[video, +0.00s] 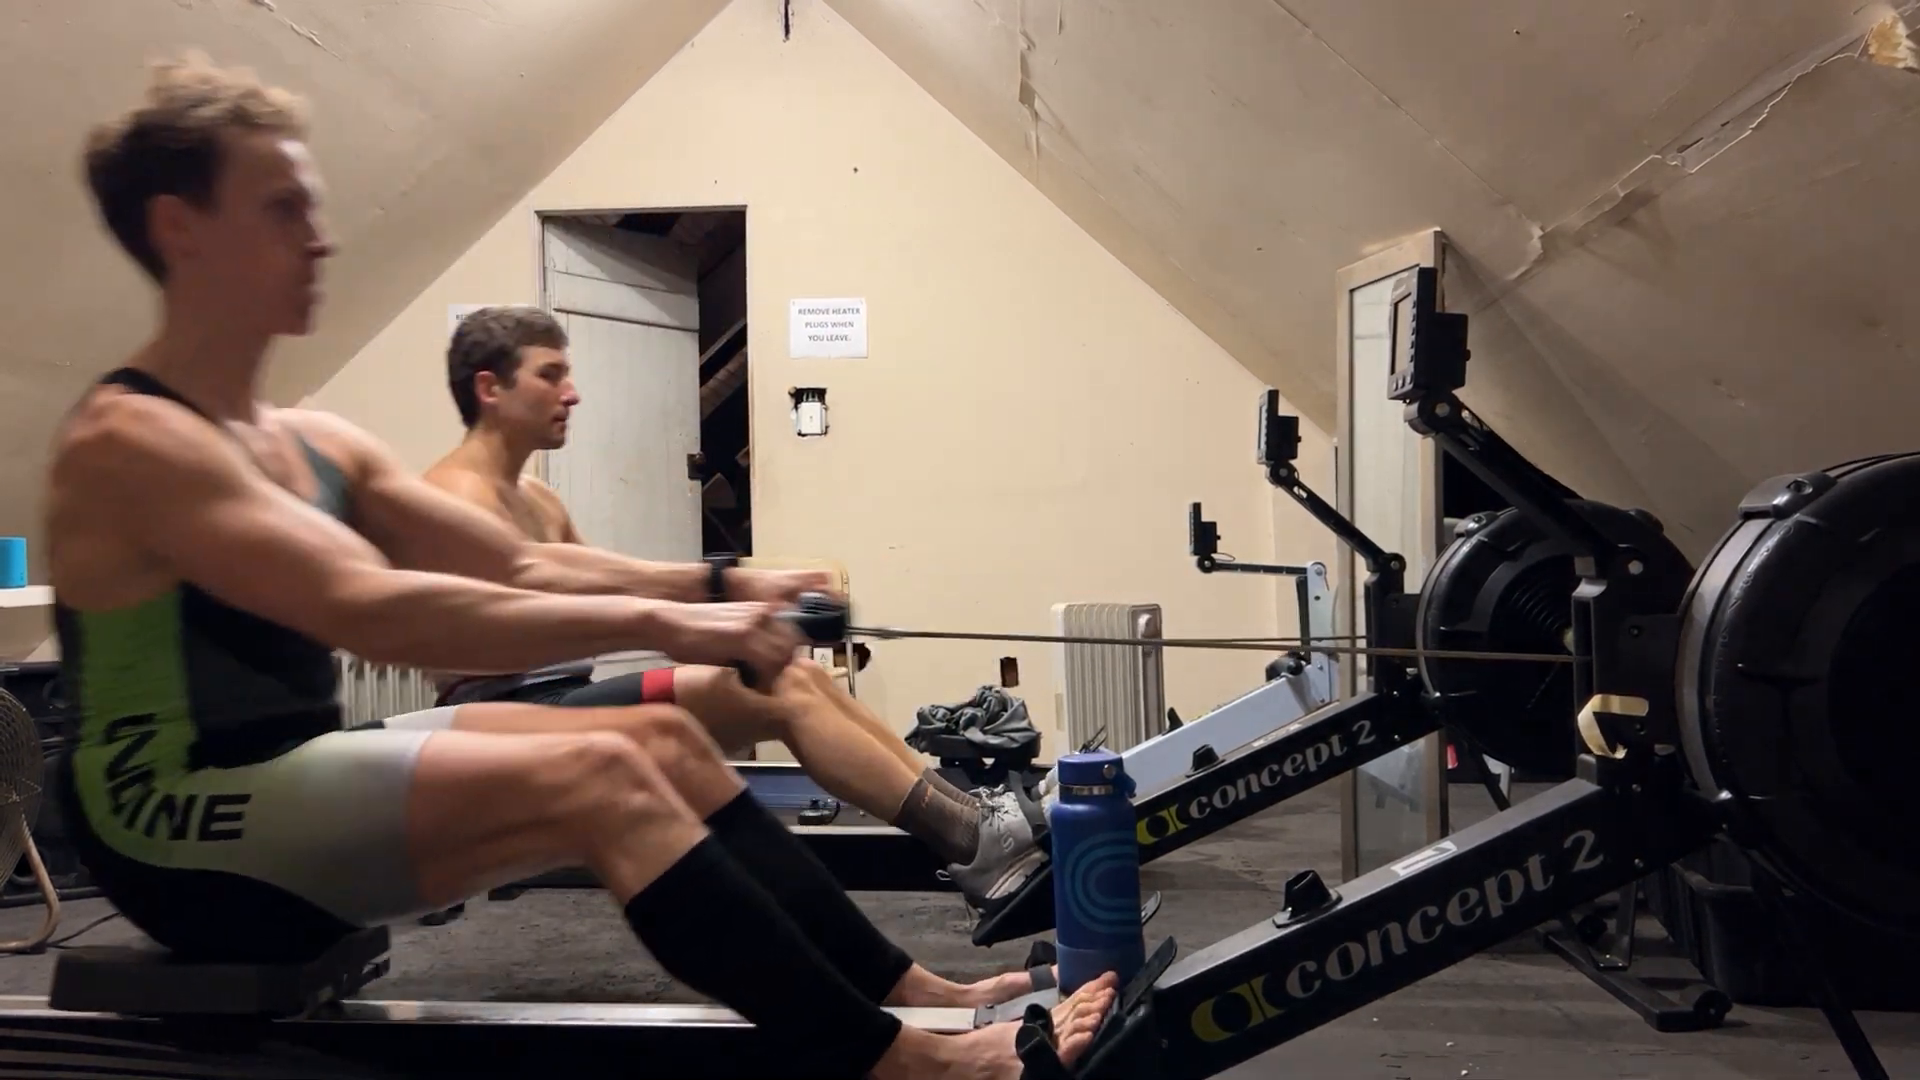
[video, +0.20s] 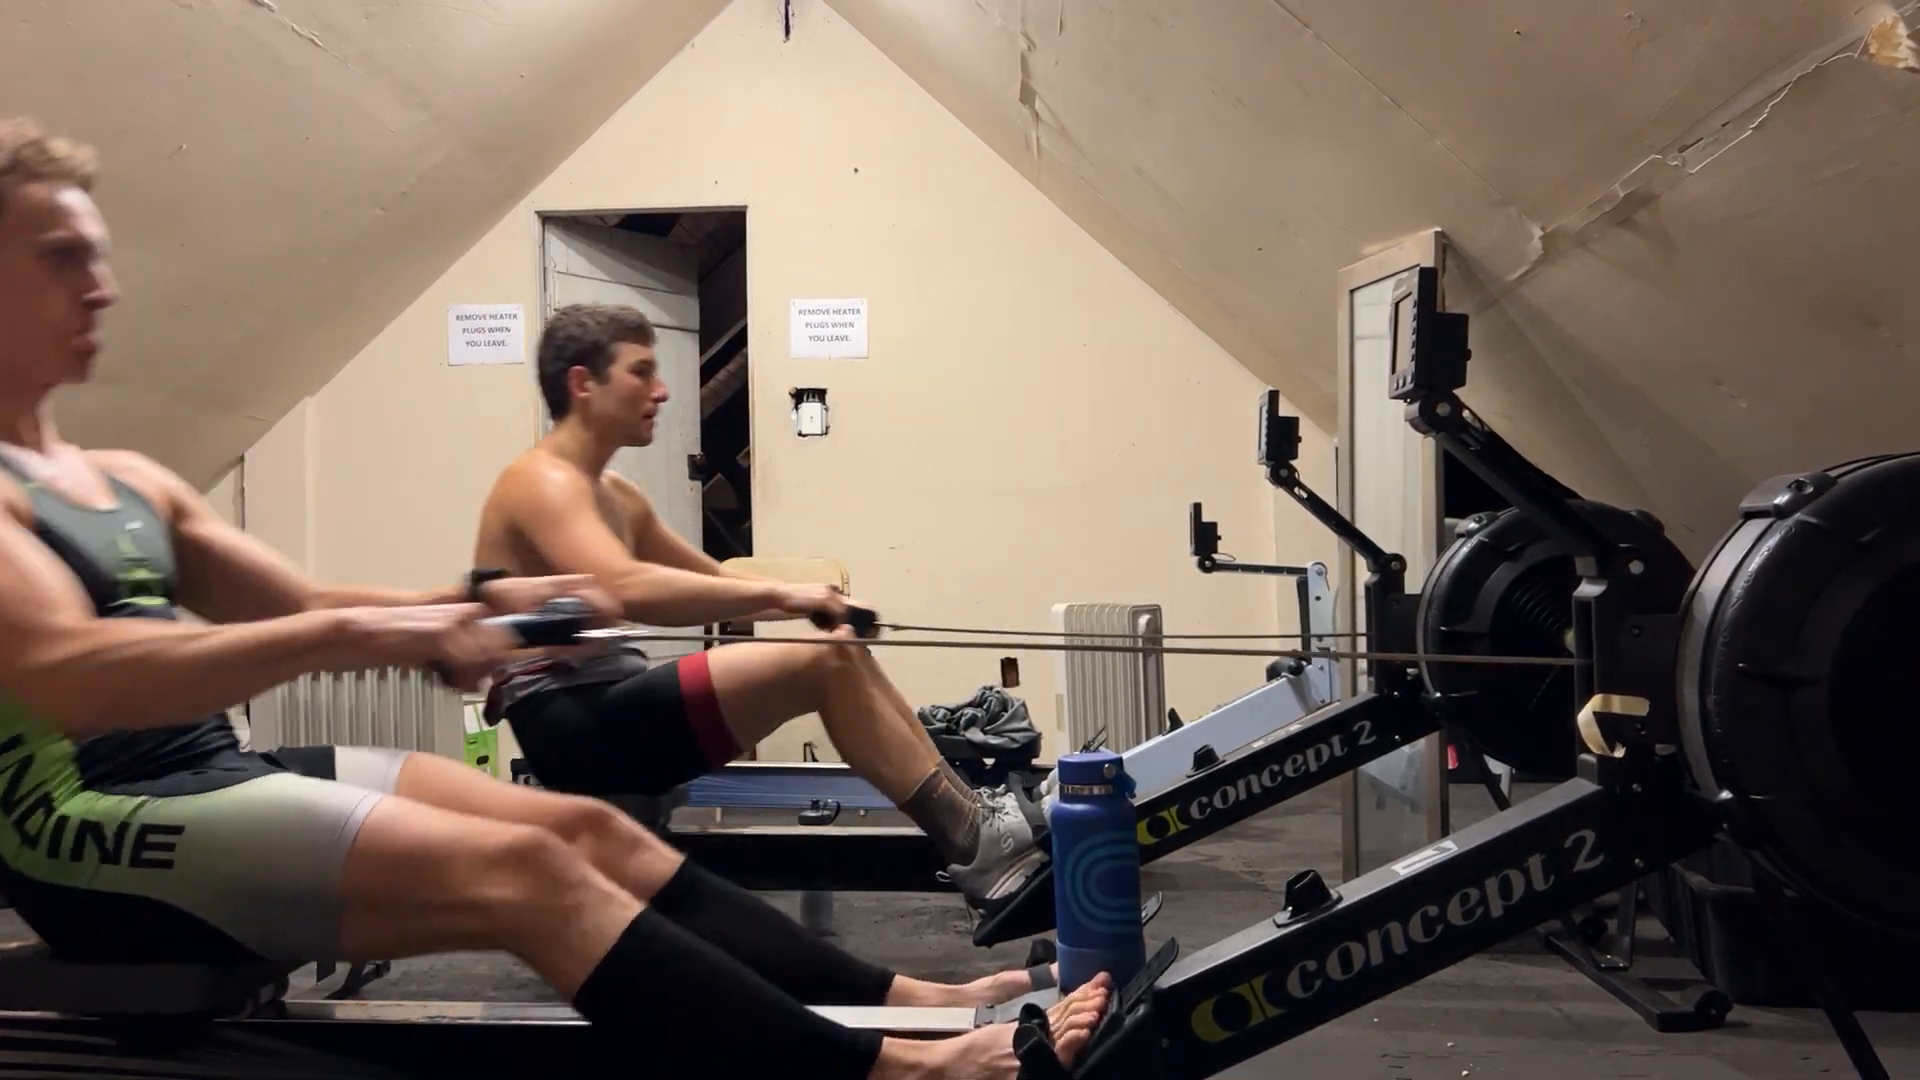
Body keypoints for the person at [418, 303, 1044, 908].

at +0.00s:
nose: (569, 393)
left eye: (566, 376)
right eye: (550, 377)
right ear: (488, 388)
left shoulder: (541, 504)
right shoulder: (456, 495)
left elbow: (619, 590)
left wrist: (746, 594)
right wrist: (719, 604)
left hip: (560, 690)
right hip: (505, 709)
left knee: (802, 671)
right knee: (781, 687)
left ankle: (978, 825)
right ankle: (972, 848)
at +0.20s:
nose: (659, 391)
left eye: (655, 374)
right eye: (641, 374)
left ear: (597, 387)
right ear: (581, 385)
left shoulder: (619, 498)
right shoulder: (539, 483)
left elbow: (712, 579)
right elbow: (622, 589)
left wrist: (810, 595)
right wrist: (785, 598)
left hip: (617, 706)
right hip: (572, 720)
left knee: (842, 650)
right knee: (827, 660)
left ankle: (975, 828)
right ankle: (968, 847)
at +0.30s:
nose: (711, 391)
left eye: (708, 374)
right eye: (691, 373)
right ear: (632, 383)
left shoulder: (663, 493)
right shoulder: (591, 479)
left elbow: (756, 567)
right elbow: (690, 582)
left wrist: (865, 599)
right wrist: (842, 598)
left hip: (645, 708)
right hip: (603, 718)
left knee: (862, 634)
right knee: (850, 645)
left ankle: (980, 836)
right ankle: (975, 849)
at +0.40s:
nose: (761, 393)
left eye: (754, 374)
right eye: (743, 374)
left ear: (689, 387)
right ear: (685, 385)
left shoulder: (710, 491)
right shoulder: (643, 479)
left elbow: (806, 568)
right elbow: (760, 577)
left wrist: (925, 605)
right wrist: (909, 598)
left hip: (680, 716)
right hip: (642, 725)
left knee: (889, 628)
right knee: (883, 635)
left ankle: (977, 826)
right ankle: (973, 845)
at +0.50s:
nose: (812, 391)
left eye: (805, 375)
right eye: (792, 375)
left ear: (745, 388)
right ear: (736, 387)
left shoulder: (752, 489)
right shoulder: (696, 479)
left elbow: (849, 563)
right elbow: (825, 573)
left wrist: (977, 604)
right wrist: (974, 598)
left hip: (714, 717)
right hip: (680, 730)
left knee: (909, 622)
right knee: (910, 630)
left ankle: (978, 831)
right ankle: (977, 846)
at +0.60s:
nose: (861, 395)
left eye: (854, 376)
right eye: (844, 376)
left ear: (792, 390)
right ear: (787, 388)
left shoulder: (793, 486)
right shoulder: (748, 477)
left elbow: (900, 569)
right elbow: (888, 568)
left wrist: (1031, 609)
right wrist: (1035, 600)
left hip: (751, 718)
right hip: (721, 728)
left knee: (938, 616)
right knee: (924, 620)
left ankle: (981, 824)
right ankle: (976, 836)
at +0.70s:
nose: (909, 396)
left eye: (903, 377)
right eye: (892, 377)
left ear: (839, 394)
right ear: (837, 390)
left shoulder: (814, 477)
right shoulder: (803, 478)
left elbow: (952, 566)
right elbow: (947, 563)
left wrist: (1083, 609)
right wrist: (1091, 598)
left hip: (769, 723)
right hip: (759, 732)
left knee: (956, 601)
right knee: (955, 602)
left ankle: (979, 825)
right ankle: (977, 833)